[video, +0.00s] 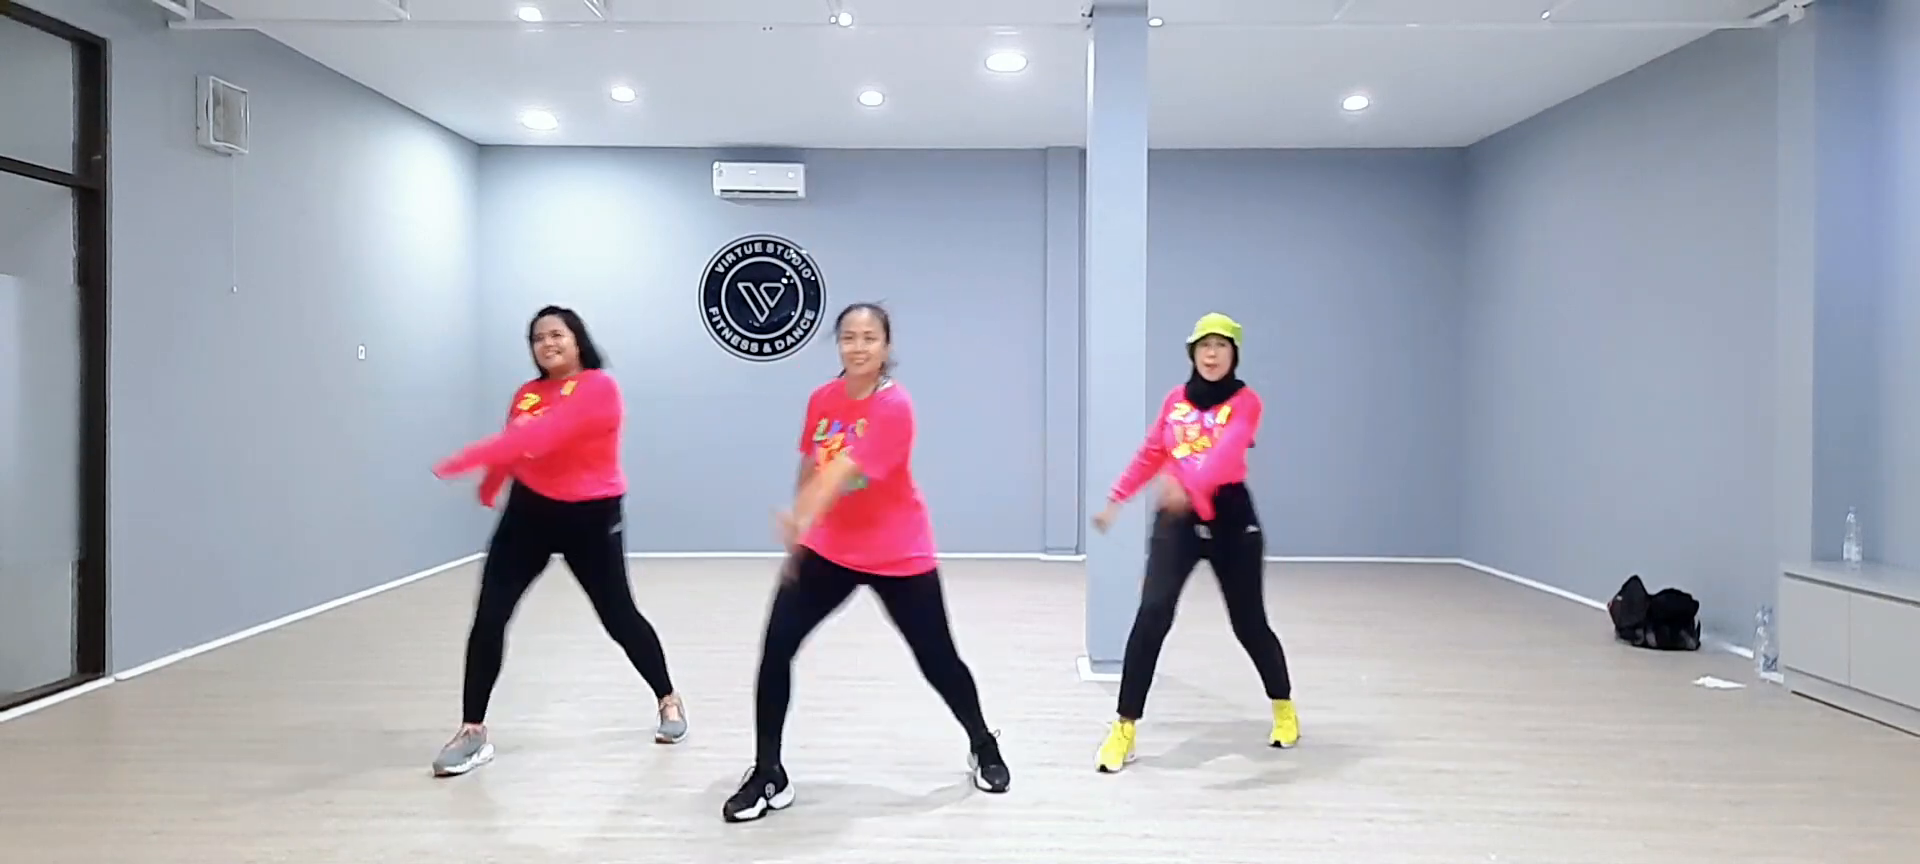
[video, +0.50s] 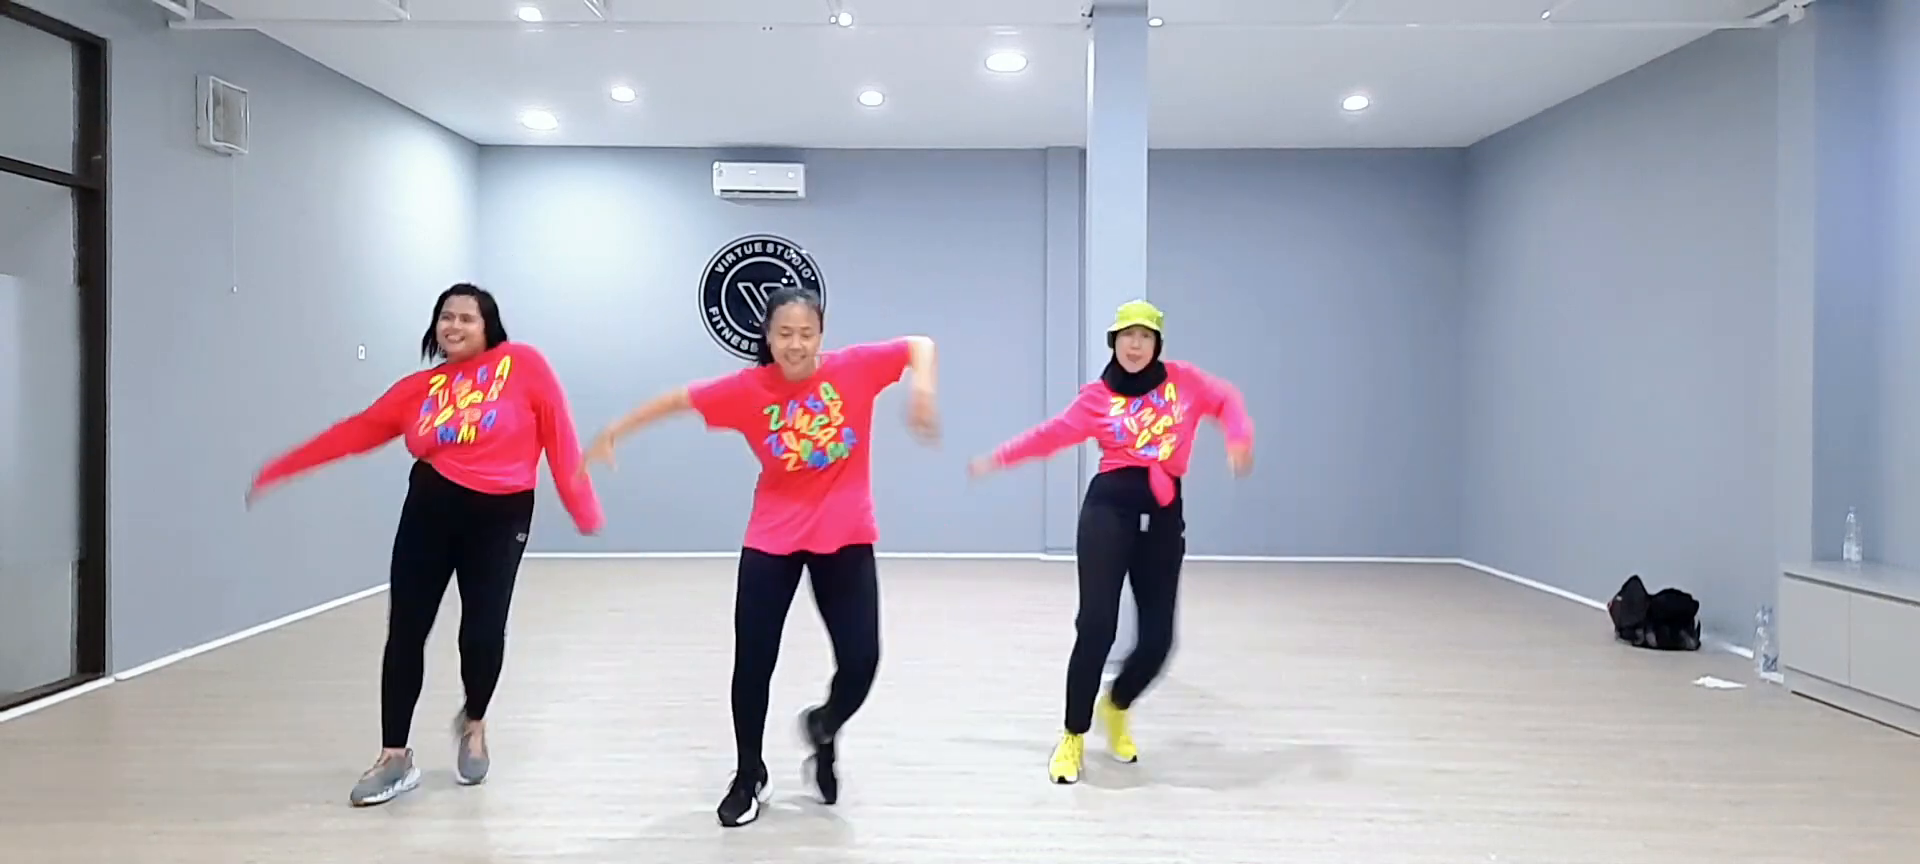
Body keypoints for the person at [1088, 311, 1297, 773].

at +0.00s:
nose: (1212, 354)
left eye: (1221, 346)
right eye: (1205, 345)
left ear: (1235, 355)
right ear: (1193, 352)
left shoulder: (1246, 402)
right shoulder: (1176, 400)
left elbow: (1227, 453)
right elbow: (1152, 454)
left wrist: (1186, 483)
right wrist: (1115, 500)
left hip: (1231, 519)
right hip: (1177, 517)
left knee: (1248, 624)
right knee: (1152, 617)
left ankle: (1283, 709)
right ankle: (1124, 726)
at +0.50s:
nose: (1134, 345)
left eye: (1143, 337)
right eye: (1126, 336)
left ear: (1157, 343)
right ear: (1113, 342)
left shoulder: (1184, 380)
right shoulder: (1098, 398)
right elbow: (1051, 434)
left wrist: (1239, 441)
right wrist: (997, 458)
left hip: (1163, 518)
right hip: (1108, 515)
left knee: (1158, 640)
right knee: (1096, 627)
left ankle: (1115, 704)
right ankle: (1072, 737)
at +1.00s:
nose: (1209, 328)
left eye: (1217, 319)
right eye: (1199, 320)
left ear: (1230, 328)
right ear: (1182, 329)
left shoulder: (1246, 384)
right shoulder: (1165, 380)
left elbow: (1251, 457)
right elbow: (1176, 437)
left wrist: (1262, 517)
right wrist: (1247, 423)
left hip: (1241, 516)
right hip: (1179, 513)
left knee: (1257, 640)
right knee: (1140, 631)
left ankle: (1268, 769)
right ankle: (1115, 721)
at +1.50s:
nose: (1224, 316)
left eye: (1232, 306)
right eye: (1214, 306)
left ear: (1245, 313)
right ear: (1198, 312)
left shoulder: (1263, 370)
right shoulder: (1176, 365)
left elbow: (1278, 437)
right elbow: (1154, 436)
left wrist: (1325, 415)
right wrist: (1129, 404)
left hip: (1246, 496)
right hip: (1186, 493)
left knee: (1246, 626)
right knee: (1187, 609)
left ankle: (1243, 754)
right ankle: (1173, 710)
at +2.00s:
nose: (1204, 309)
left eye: (1212, 300)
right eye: (1195, 300)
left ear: (1222, 307)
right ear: (1179, 305)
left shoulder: (1232, 359)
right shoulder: (1154, 351)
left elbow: (1249, 424)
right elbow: (1124, 416)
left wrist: (1277, 383)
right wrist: (1109, 377)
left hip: (1221, 473)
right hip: (1165, 473)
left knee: (1211, 595)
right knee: (1172, 595)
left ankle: (1206, 708)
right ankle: (1168, 730)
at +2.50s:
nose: (1178, 330)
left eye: (1185, 322)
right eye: (1170, 323)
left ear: (1198, 329)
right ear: (1157, 331)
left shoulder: (1220, 376)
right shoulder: (1144, 384)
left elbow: (1234, 434)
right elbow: (1131, 444)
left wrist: (1252, 483)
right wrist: (1130, 491)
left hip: (1214, 490)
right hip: (1163, 493)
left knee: (1219, 587)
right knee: (1173, 596)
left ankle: (1217, 668)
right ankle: (1180, 693)